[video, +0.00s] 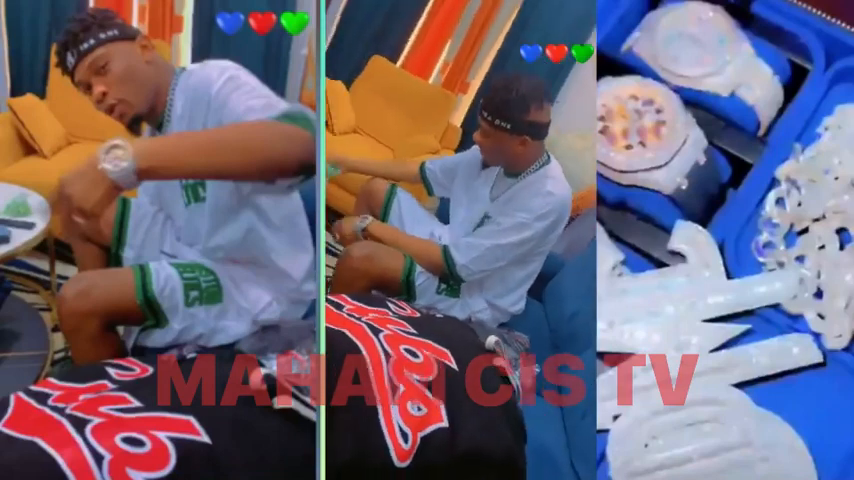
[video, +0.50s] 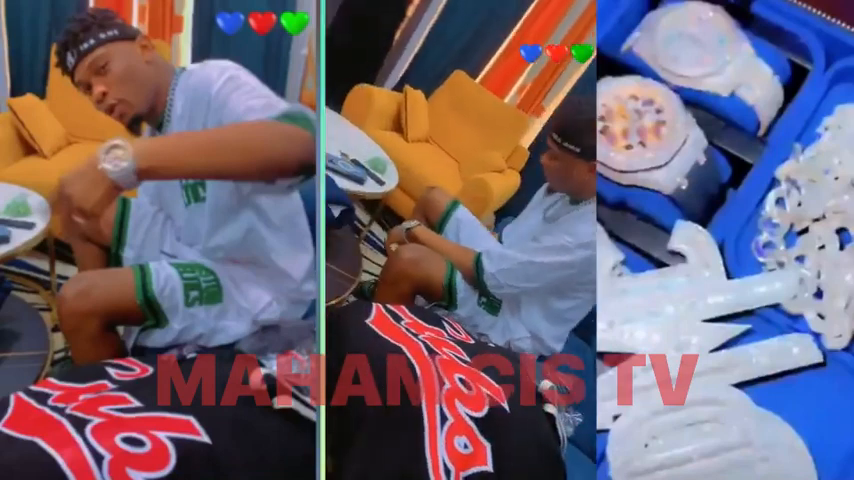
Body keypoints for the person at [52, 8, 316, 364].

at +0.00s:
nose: (97, 94)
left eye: (102, 70)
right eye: (87, 89)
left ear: (145, 48)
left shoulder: (213, 81)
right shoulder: (153, 134)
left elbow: (298, 146)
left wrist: (131, 160)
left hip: (261, 278)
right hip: (191, 252)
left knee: (80, 300)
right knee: (83, 213)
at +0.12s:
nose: (97, 94)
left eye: (102, 70)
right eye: (87, 89)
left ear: (145, 48)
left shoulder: (213, 81)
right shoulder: (153, 135)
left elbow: (298, 146)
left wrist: (131, 160)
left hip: (262, 279)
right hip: (192, 252)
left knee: (80, 300)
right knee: (83, 214)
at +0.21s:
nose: (97, 94)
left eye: (102, 70)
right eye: (87, 89)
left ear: (145, 48)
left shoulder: (213, 81)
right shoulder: (153, 135)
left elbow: (299, 146)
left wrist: (131, 160)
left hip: (262, 279)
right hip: (191, 253)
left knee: (80, 300)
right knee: (83, 213)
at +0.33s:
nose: (97, 94)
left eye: (102, 70)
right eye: (87, 89)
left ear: (145, 48)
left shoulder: (213, 81)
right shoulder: (153, 135)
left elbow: (298, 145)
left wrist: (131, 160)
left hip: (262, 279)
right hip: (192, 253)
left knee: (80, 300)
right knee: (83, 213)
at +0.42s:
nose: (97, 94)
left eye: (102, 70)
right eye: (87, 89)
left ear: (145, 48)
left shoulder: (213, 81)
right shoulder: (153, 134)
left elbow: (298, 146)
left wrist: (131, 160)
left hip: (262, 279)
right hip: (191, 252)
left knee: (80, 300)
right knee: (83, 214)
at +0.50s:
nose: (97, 94)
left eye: (102, 70)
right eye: (87, 89)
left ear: (145, 48)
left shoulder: (213, 81)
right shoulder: (153, 134)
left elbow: (298, 145)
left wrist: (131, 160)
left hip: (262, 279)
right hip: (192, 252)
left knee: (80, 300)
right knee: (83, 213)